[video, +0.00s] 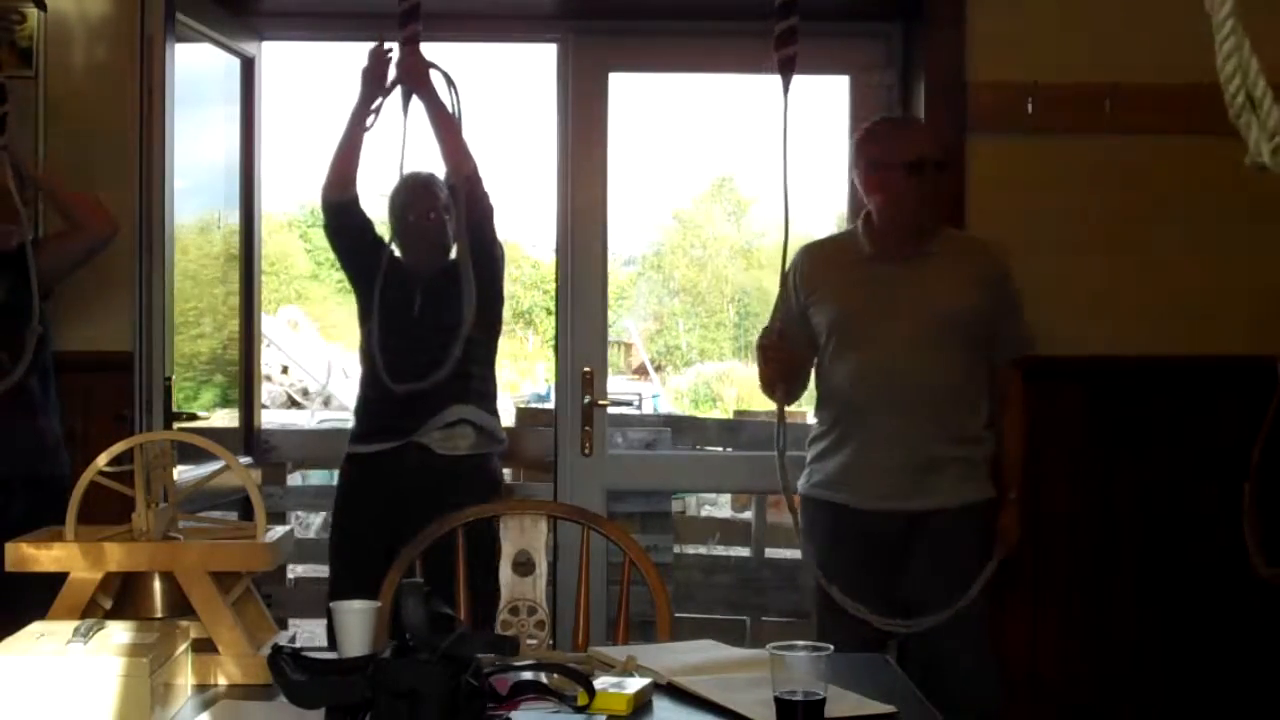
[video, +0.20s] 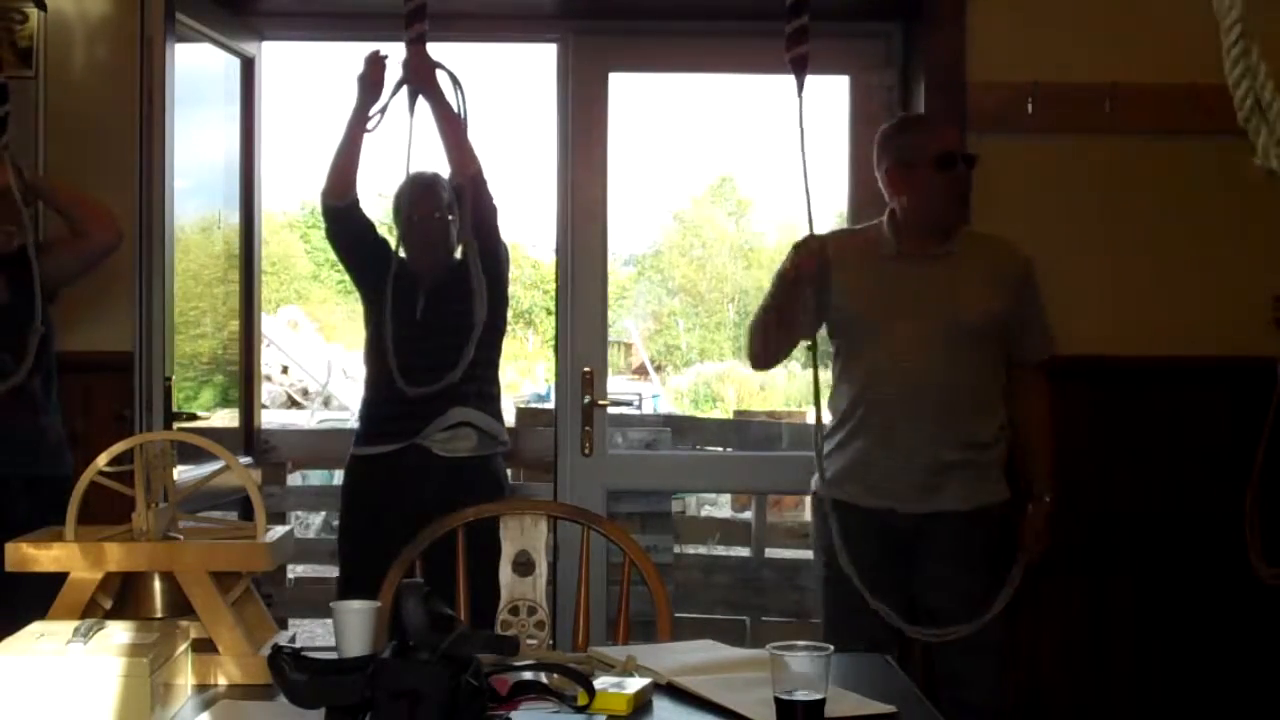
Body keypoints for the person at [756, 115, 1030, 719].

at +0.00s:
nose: (917, 180)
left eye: (924, 167)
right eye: (897, 168)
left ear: (936, 176)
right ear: (860, 179)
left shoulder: (979, 265)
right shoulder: (816, 264)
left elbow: (1010, 388)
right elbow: (784, 390)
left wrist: (1012, 499)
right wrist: (773, 361)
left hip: (954, 507)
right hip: (844, 506)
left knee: (954, 678)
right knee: (852, 676)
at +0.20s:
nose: (966, 176)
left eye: (966, 164)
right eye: (949, 165)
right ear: (894, 179)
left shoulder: (1000, 265)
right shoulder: (834, 259)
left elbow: (1031, 388)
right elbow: (763, 353)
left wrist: (1040, 496)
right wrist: (789, 280)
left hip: (970, 508)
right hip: (859, 506)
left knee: (969, 685)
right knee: (862, 681)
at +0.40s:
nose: (967, 173)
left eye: (973, 159)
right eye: (948, 160)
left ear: (983, 167)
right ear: (904, 173)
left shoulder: (1012, 261)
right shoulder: (855, 244)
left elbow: (1049, 391)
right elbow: (749, 246)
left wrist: (1051, 503)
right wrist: (799, 145)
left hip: (979, 506)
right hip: (870, 506)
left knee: (976, 683)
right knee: (869, 680)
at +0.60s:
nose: (952, 167)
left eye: (963, 154)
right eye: (934, 152)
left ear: (975, 168)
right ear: (899, 168)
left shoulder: (1016, 265)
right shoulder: (864, 242)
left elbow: (1045, 384)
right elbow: (771, 172)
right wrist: (812, 60)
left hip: (981, 504)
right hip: (867, 499)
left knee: (983, 677)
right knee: (871, 672)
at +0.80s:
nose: (929, 165)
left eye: (944, 154)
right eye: (912, 153)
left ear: (963, 169)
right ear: (884, 172)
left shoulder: (994, 259)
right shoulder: (851, 239)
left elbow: (1025, 365)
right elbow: (780, 163)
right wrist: (812, 56)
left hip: (957, 490)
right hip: (855, 486)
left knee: (961, 667)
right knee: (862, 665)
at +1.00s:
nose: (883, 158)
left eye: (901, 148)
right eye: (876, 148)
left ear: (937, 166)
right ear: (865, 167)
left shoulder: (965, 232)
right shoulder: (837, 222)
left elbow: (983, 182)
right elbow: (783, 162)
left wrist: (906, 120)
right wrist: (803, 67)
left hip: (940, 448)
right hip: (838, 449)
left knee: (942, 629)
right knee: (844, 632)